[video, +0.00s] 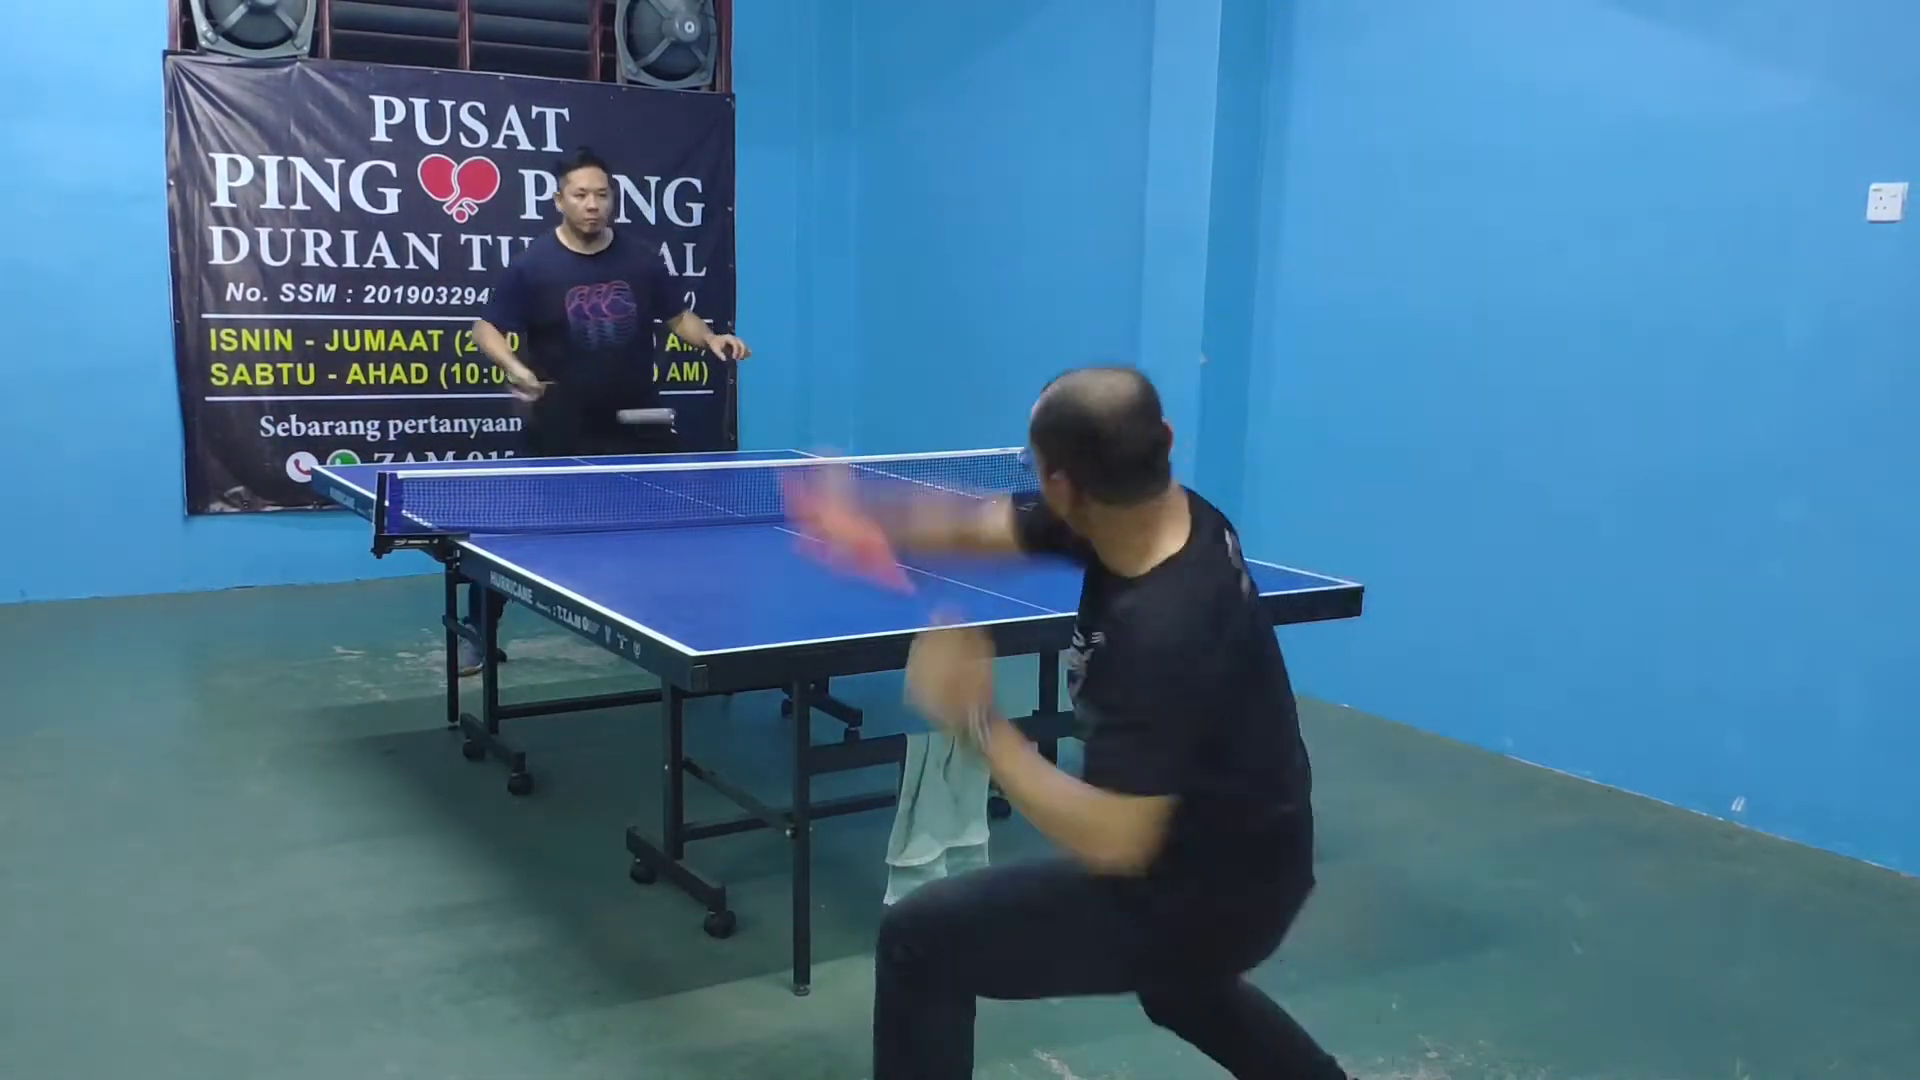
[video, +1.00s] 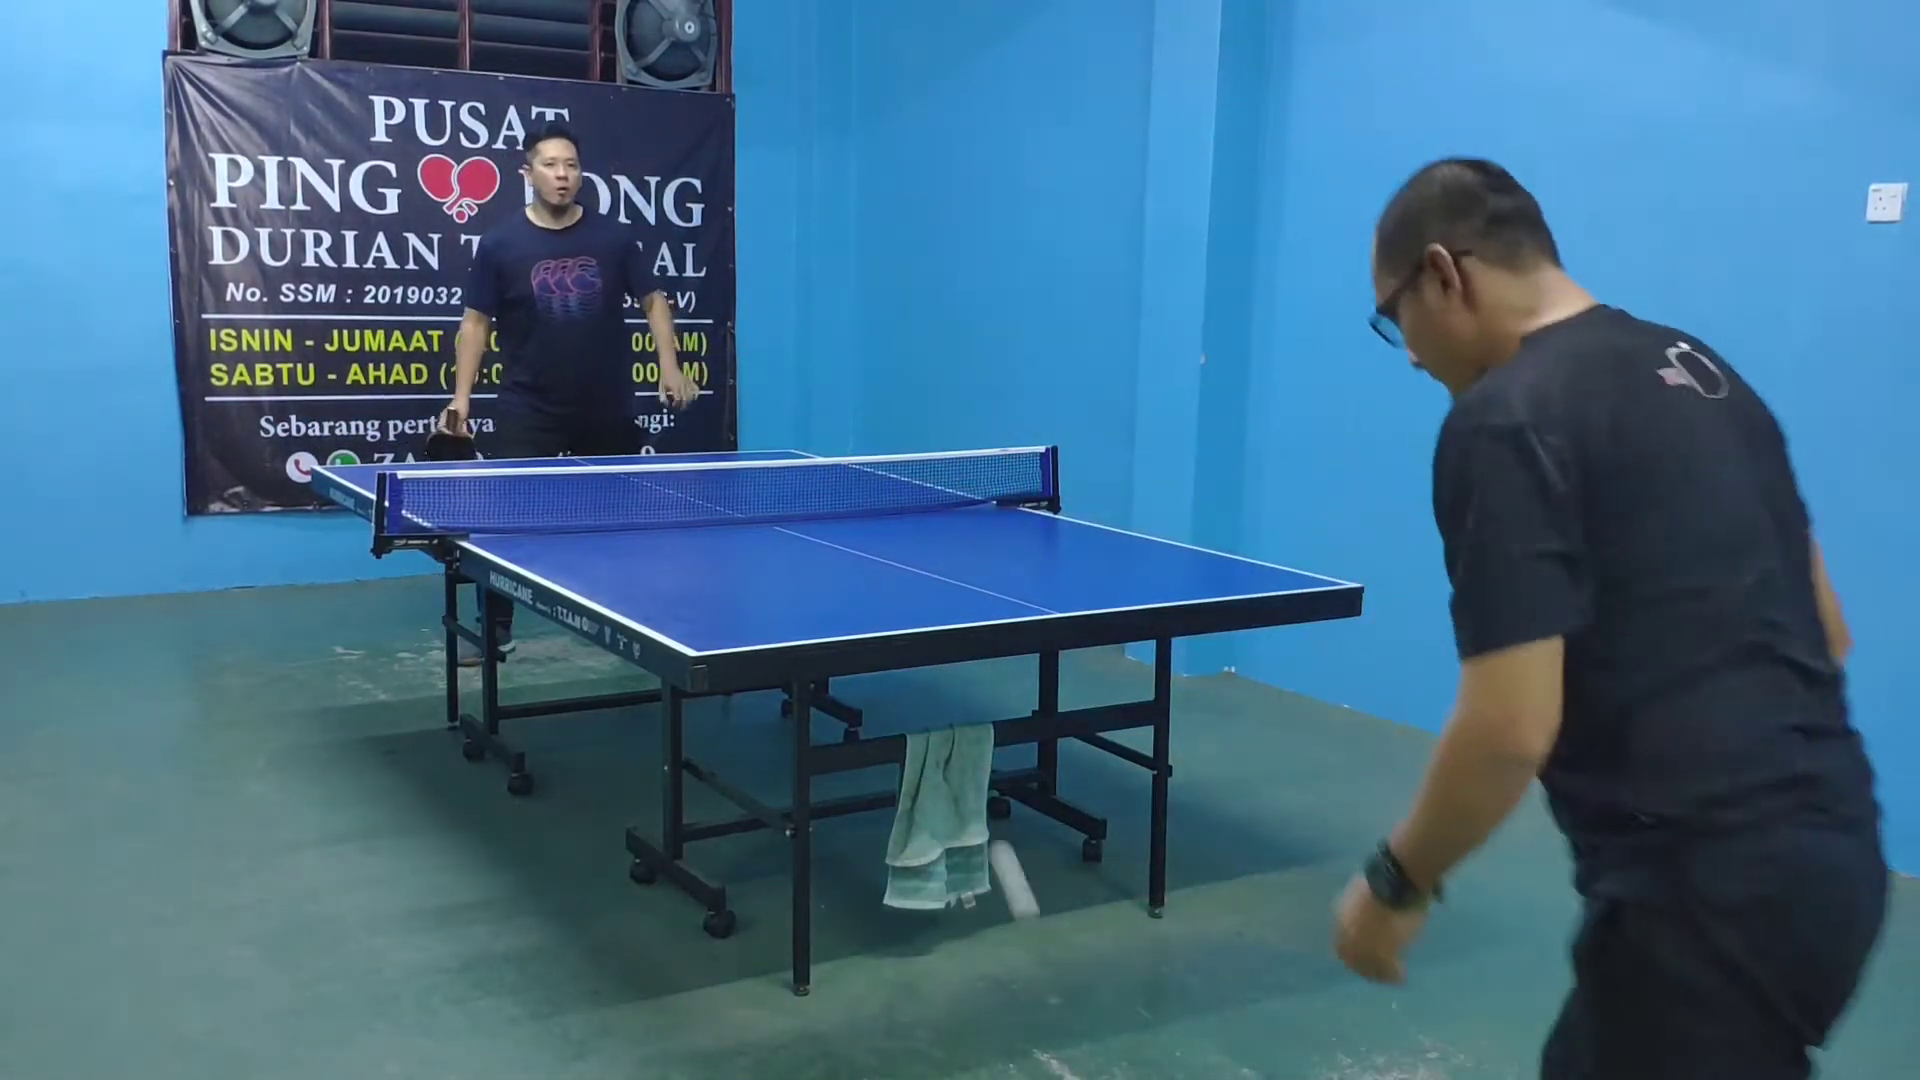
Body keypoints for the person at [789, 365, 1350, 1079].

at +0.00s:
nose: (1035, 478)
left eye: (1039, 465)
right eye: (1040, 465)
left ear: (1064, 485)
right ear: (1162, 445)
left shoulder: (1166, 628)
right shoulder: (1164, 516)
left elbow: (1118, 840)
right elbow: (980, 525)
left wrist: (982, 722)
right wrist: (872, 520)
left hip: (1198, 903)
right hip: (1245, 862)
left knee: (920, 937)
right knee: (1182, 990)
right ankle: (1315, 1071)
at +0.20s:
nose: (1098, 264)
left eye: (1102, 241)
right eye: (1098, 242)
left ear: (1135, 254)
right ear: (1217, 243)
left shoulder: (1260, 390)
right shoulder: (1195, 373)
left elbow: (1460, 515)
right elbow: (1190, 540)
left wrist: (1469, 726)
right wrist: (1097, 641)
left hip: (1273, 760)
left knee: (1071, 980)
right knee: (1332, 928)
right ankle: (1364, 1067)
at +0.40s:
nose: (1217, 273)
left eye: (1219, 248)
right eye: (1217, 249)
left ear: (1254, 261)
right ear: (1347, 253)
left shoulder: (1304, 430)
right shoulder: (1415, 381)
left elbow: (1362, 661)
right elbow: (1425, 591)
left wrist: (1233, 831)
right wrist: (1239, 635)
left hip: (1366, 818)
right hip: (1468, 778)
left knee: (1185, 1060)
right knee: (1419, 954)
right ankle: (1547, 1070)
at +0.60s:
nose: (1271, 318)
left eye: (1274, 291)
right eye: (1271, 293)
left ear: (1314, 302)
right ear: (1417, 295)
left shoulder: (1341, 460)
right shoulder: (1502, 423)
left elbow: (1322, 710)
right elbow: (1516, 643)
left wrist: (1200, 798)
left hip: (1447, 880)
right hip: (1585, 851)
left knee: (1228, 1068)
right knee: (1527, 1039)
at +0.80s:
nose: (1323, 242)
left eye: (1322, 210)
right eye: (1317, 214)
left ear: (1371, 195)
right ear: (1468, 186)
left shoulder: (1417, 331)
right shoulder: (1593, 312)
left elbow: (1427, 603)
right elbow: (1701, 543)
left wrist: (1322, 726)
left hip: (1588, 782)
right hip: (1710, 761)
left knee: (1481, 1059)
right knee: (1559, 1052)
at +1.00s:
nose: (1408, 352)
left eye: (1395, 319)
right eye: (1389, 328)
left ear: (1447, 277)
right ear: (1538, 253)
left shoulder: (1508, 417)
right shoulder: (1703, 371)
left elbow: (1510, 725)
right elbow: (1823, 635)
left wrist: (1397, 881)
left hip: (1701, 896)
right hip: (1821, 865)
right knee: (1585, 1057)